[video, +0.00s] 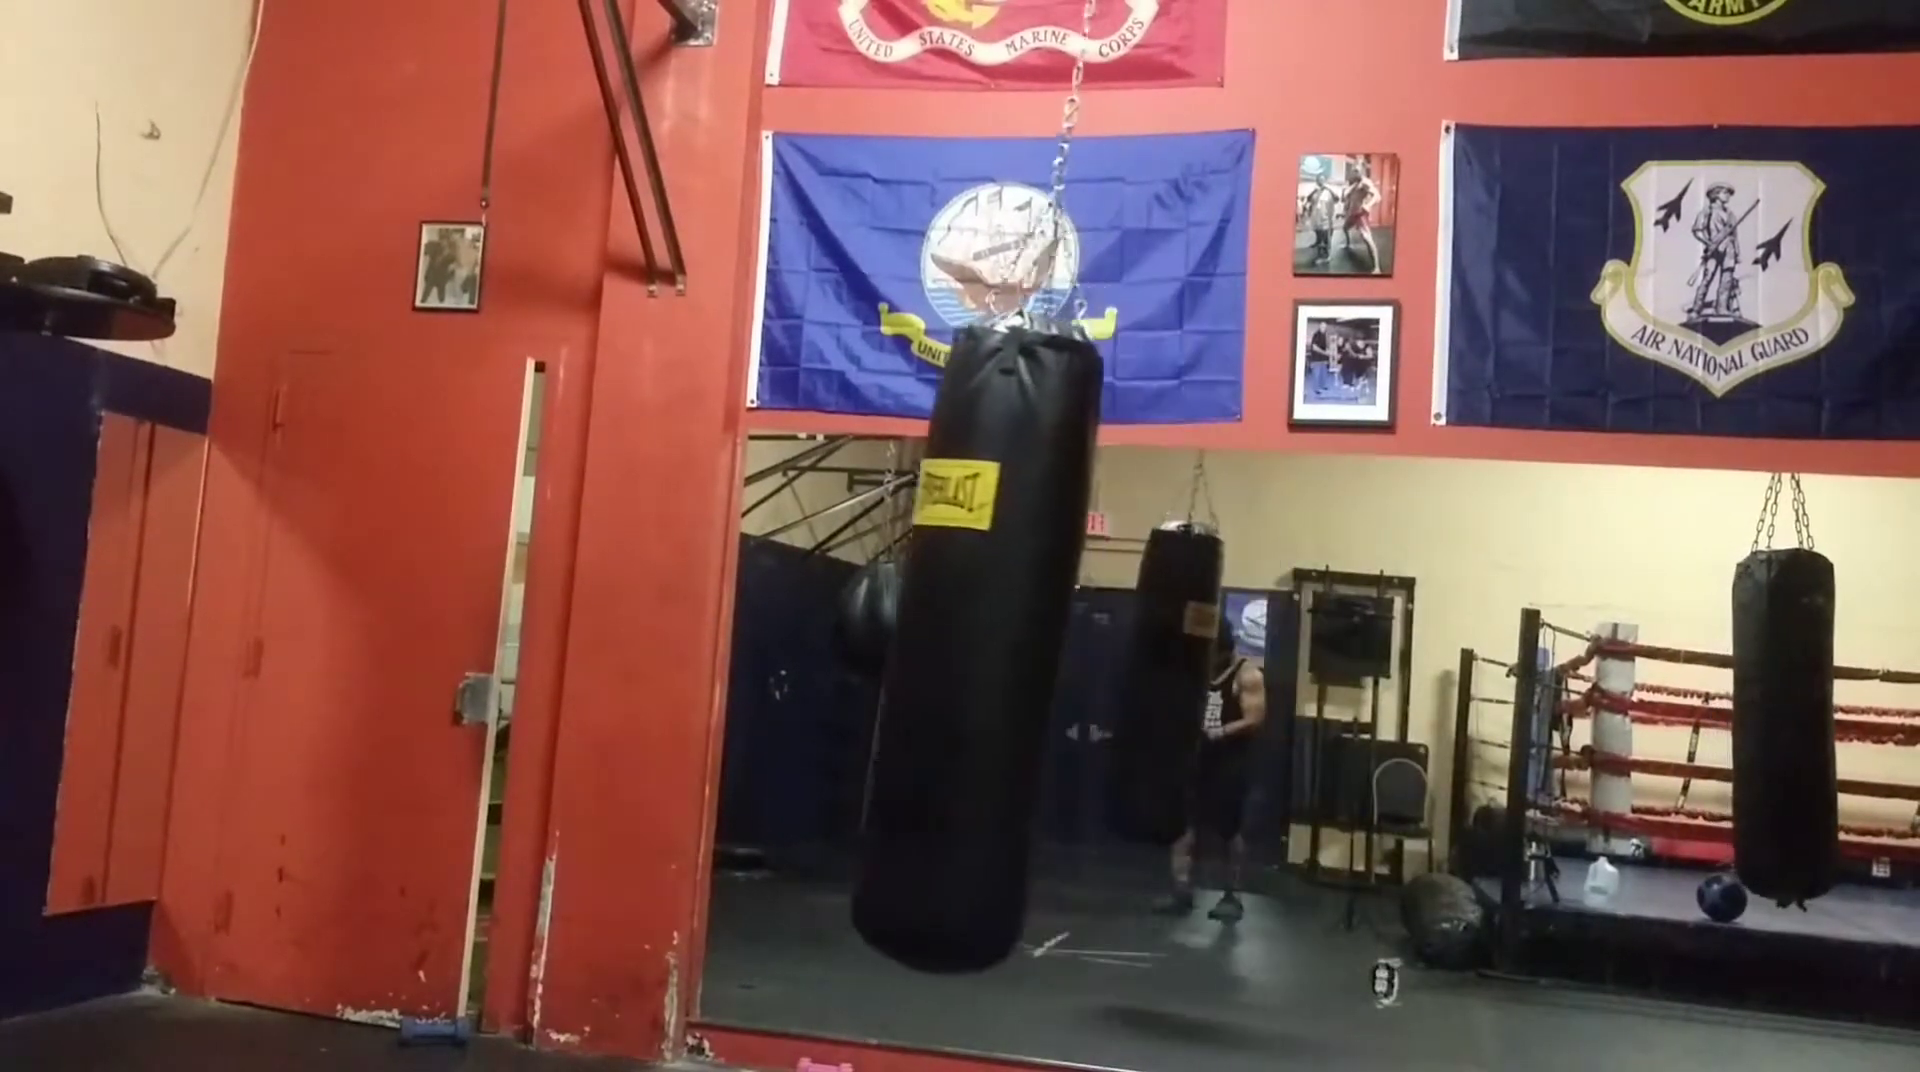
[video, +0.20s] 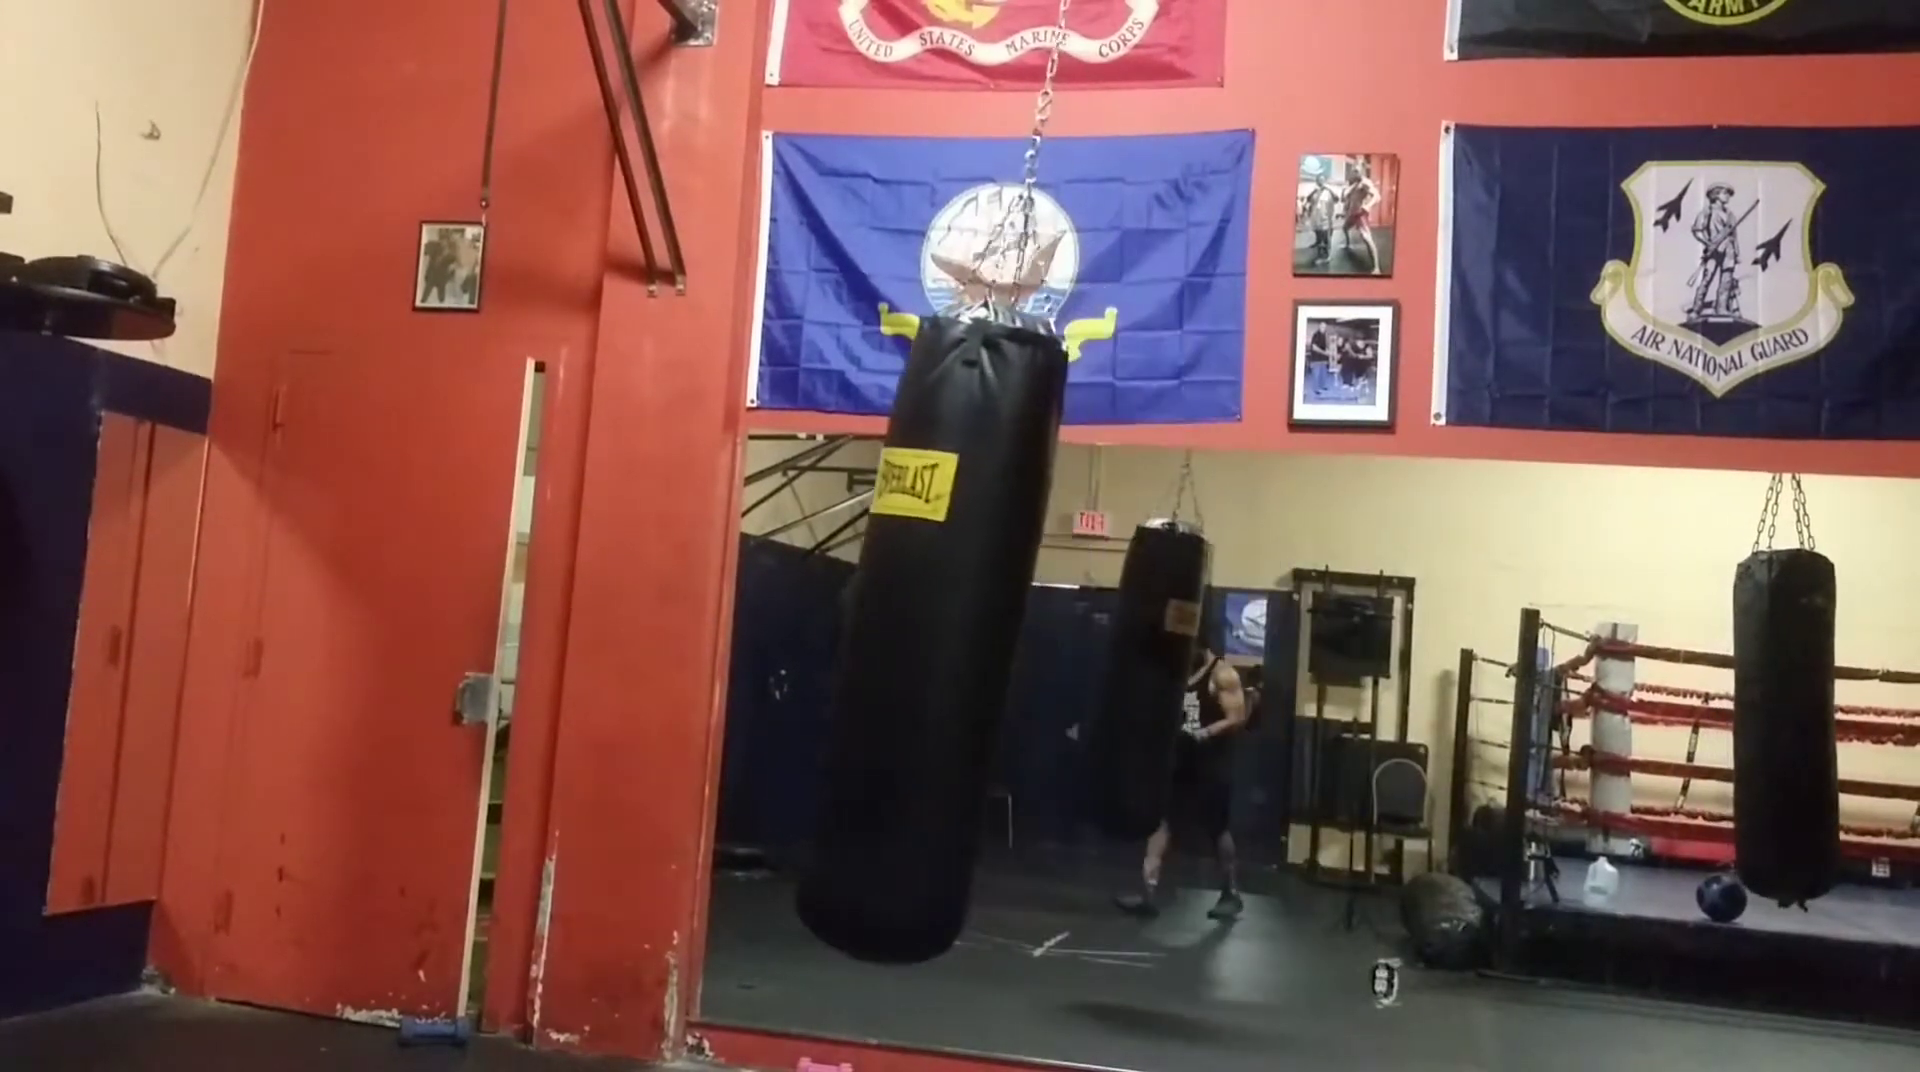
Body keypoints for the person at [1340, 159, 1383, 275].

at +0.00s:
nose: (1354, 174)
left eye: (1356, 171)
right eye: (1352, 172)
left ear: (1360, 172)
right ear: (1351, 174)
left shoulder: (1365, 183)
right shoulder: (1352, 185)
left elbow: (1376, 196)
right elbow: (1345, 199)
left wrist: (1367, 206)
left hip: (1361, 212)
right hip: (1351, 213)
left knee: (1366, 237)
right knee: (1345, 228)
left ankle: (1376, 267)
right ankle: (1348, 245)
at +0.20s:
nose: (1353, 175)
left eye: (1355, 172)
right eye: (1352, 172)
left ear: (1359, 173)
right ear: (1351, 174)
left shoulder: (1365, 183)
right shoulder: (1351, 186)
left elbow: (1376, 196)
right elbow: (1345, 199)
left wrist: (1367, 207)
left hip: (1361, 212)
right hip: (1351, 213)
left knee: (1366, 237)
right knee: (1345, 228)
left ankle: (1376, 267)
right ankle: (1348, 245)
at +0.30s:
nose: (1353, 174)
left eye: (1356, 171)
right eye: (1352, 172)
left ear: (1360, 172)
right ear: (1351, 173)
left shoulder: (1365, 182)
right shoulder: (1352, 184)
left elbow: (1377, 195)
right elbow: (1344, 197)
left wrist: (1367, 206)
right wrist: (1352, 187)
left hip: (1361, 211)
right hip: (1352, 212)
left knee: (1367, 237)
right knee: (1345, 227)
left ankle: (1376, 266)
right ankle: (1348, 244)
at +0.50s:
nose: (1350, 175)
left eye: (1352, 172)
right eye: (1349, 173)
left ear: (1357, 173)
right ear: (1350, 174)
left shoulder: (1364, 182)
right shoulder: (1351, 185)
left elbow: (1376, 195)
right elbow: (1343, 198)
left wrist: (1366, 205)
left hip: (1360, 211)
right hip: (1351, 212)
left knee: (1366, 236)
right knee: (1345, 227)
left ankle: (1375, 266)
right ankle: (1347, 243)